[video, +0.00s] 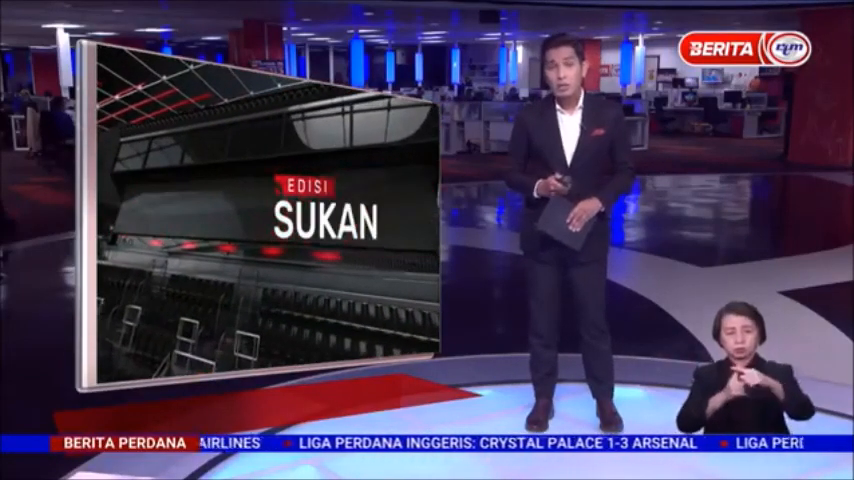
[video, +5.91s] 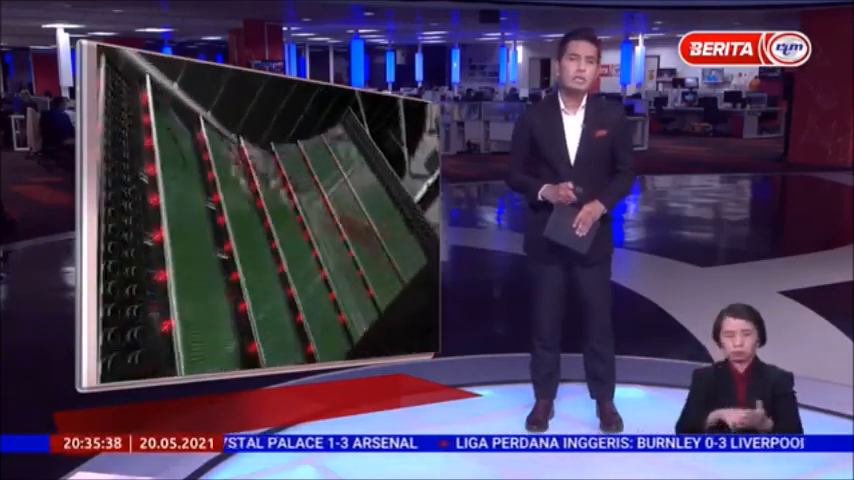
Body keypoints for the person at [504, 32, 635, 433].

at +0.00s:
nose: (560, 73)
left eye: (568, 64)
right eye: (552, 66)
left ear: (583, 68)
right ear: (544, 74)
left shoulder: (608, 112)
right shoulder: (530, 115)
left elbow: (625, 171)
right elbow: (512, 171)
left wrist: (598, 201)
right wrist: (537, 186)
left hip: (589, 230)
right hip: (542, 231)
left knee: (593, 320)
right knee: (543, 321)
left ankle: (605, 400)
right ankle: (542, 400)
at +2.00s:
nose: (558, 73)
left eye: (566, 65)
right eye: (551, 66)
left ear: (582, 70)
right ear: (544, 74)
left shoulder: (607, 112)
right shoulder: (530, 116)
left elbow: (625, 171)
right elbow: (513, 171)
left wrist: (601, 200)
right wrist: (532, 185)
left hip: (589, 232)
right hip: (542, 233)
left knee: (593, 321)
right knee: (543, 323)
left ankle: (605, 401)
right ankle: (542, 401)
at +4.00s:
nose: (571, 71)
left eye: (579, 63)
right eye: (563, 63)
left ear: (588, 71)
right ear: (549, 69)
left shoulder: (604, 113)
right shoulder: (526, 115)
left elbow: (620, 172)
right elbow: (508, 172)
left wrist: (597, 201)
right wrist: (537, 190)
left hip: (588, 230)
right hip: (541, 229)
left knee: (594, 320)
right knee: (541, 321)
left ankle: (604, 400)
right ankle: (542, 400)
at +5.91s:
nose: (580, 67)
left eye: (589, 60)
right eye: (573, 59)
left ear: (599, 70)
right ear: (558, 65)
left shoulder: (611, 114)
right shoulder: (534, 114)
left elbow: (625, 171)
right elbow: (514, 173)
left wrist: (601, 203)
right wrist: (545, 190)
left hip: (593, 231)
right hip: (546, 230)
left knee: (597, 320)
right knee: (546, 320)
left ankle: (605, 399)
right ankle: (543, 399)